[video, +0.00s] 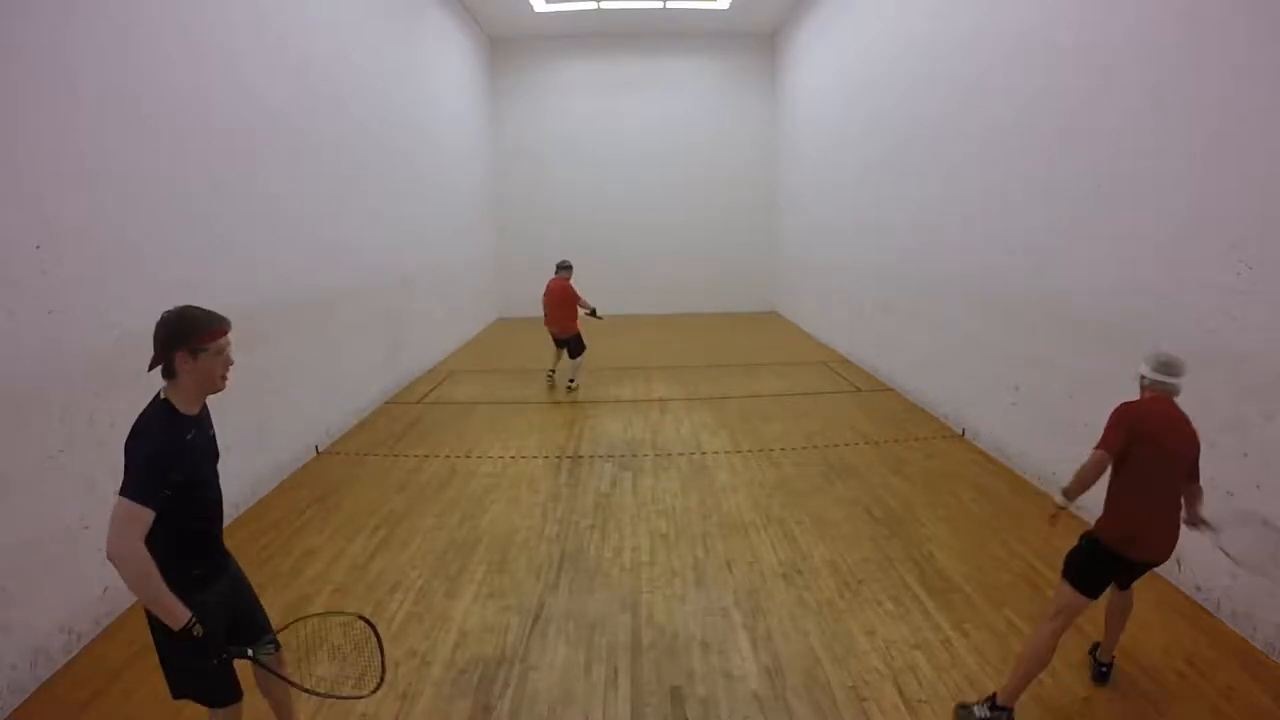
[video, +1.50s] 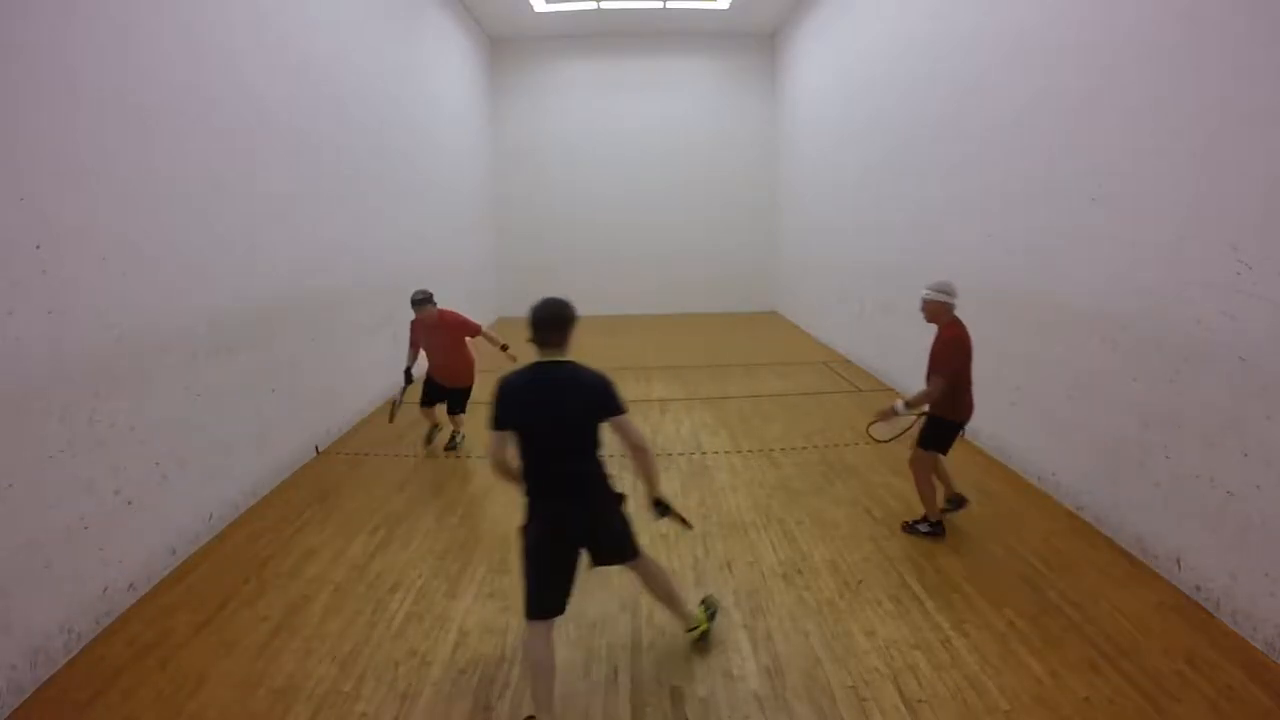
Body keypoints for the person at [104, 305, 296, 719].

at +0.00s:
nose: (231, 361)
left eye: (228, 350)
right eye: (219, 352)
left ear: (188, 362)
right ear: (184, 362)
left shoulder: (195, 407)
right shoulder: (154, 437)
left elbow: (190, 500)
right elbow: (122, 547)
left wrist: (213, 564)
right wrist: (186, 623)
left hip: (219, 567)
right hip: (182, 595)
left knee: (270, 655)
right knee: (225, 702)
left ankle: (289, 716)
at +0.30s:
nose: (214, 352)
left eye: (210, 343)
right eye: (205, 346)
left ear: (180, 357)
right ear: (178, 357)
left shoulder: (187, 403)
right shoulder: (149, 428)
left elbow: (183, 486)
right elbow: (115, 523)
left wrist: (204, 547)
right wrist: (157, 599)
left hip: (208, 553)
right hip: (178, 575)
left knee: (234, 620)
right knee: (220, 689)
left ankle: (226, 673)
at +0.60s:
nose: (209, 324)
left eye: (206, 315)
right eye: (205, 317)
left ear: (165, 330)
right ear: (192, 325)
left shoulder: (159, 378)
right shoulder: (185, 386)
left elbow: (157, 445)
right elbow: (176, 474)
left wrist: (211, 470)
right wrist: (212, 542)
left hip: (177, 519)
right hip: (202, 527)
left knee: (205, 595)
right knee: (254, 621)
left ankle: (210, 675)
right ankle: (253, 711)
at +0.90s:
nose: (264, 368)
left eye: (261, 361)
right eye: (262, 362)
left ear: (217, 376)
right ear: (255, 371)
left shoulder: (216, 419)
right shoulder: (257, 434)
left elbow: (249, 478)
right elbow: (298, 507)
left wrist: (305, 495)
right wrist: (357, 529)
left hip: (211, 548)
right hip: (244, 558)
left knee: (224, 608)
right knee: (337, 596)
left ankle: (190, 683)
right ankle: (344, 691)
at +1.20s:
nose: (403, 312)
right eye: (406, 305)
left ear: (367, 310)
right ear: (408, 310)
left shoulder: (347, 359)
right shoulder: (425, 361)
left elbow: (292, 399)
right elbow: (461, 416)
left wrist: (342, 430)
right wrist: (485, 457)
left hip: (366, 487)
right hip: (411, 489)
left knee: (366, 590)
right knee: (400, 592)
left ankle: (357, 679)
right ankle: (363, 673)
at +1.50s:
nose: (558, 336)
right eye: (566, 327)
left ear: (532, 334)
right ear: (570, 332)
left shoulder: (512, 386)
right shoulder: (592, 382)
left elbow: (499, 460)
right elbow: (636, 445)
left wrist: (530, 479)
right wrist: (654, 493)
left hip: (547, 515)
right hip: (596, 505)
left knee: (538, 623)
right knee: (638, 559)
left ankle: (542, 712)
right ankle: (692, 621)